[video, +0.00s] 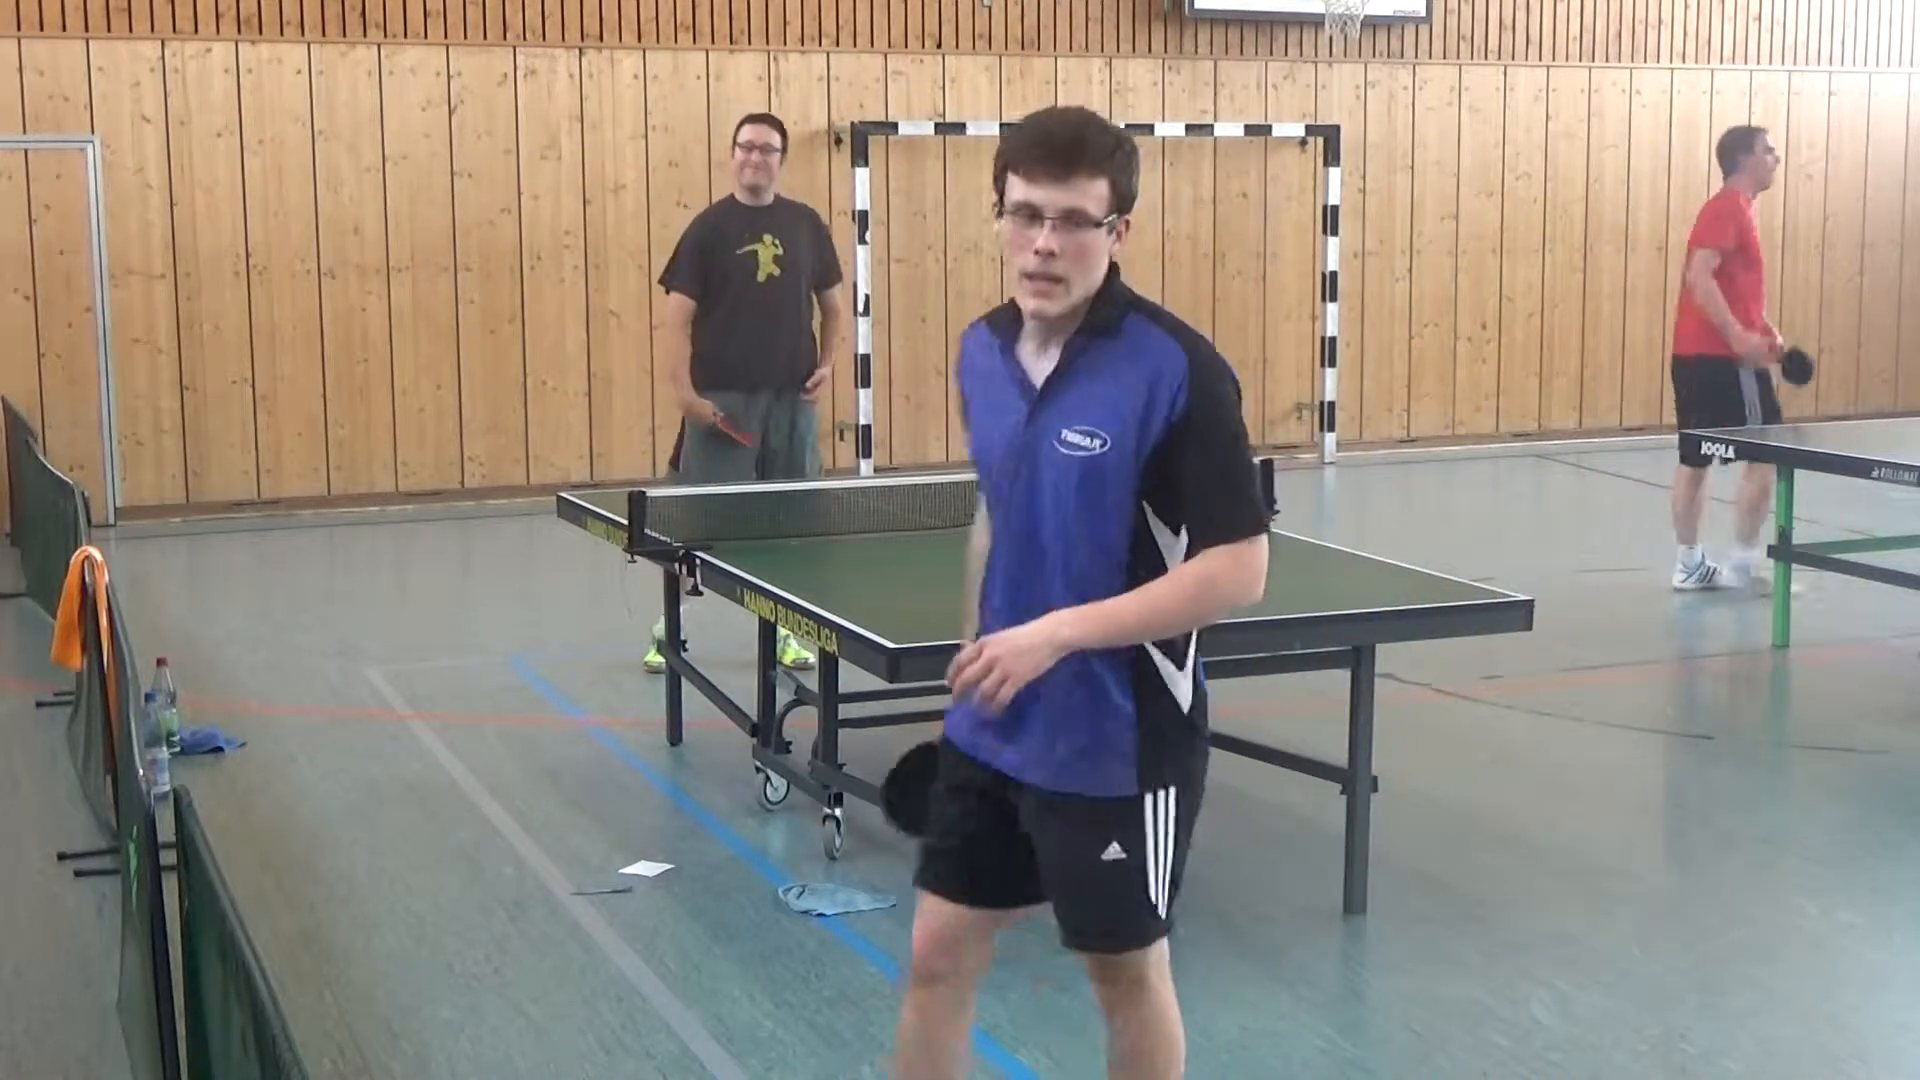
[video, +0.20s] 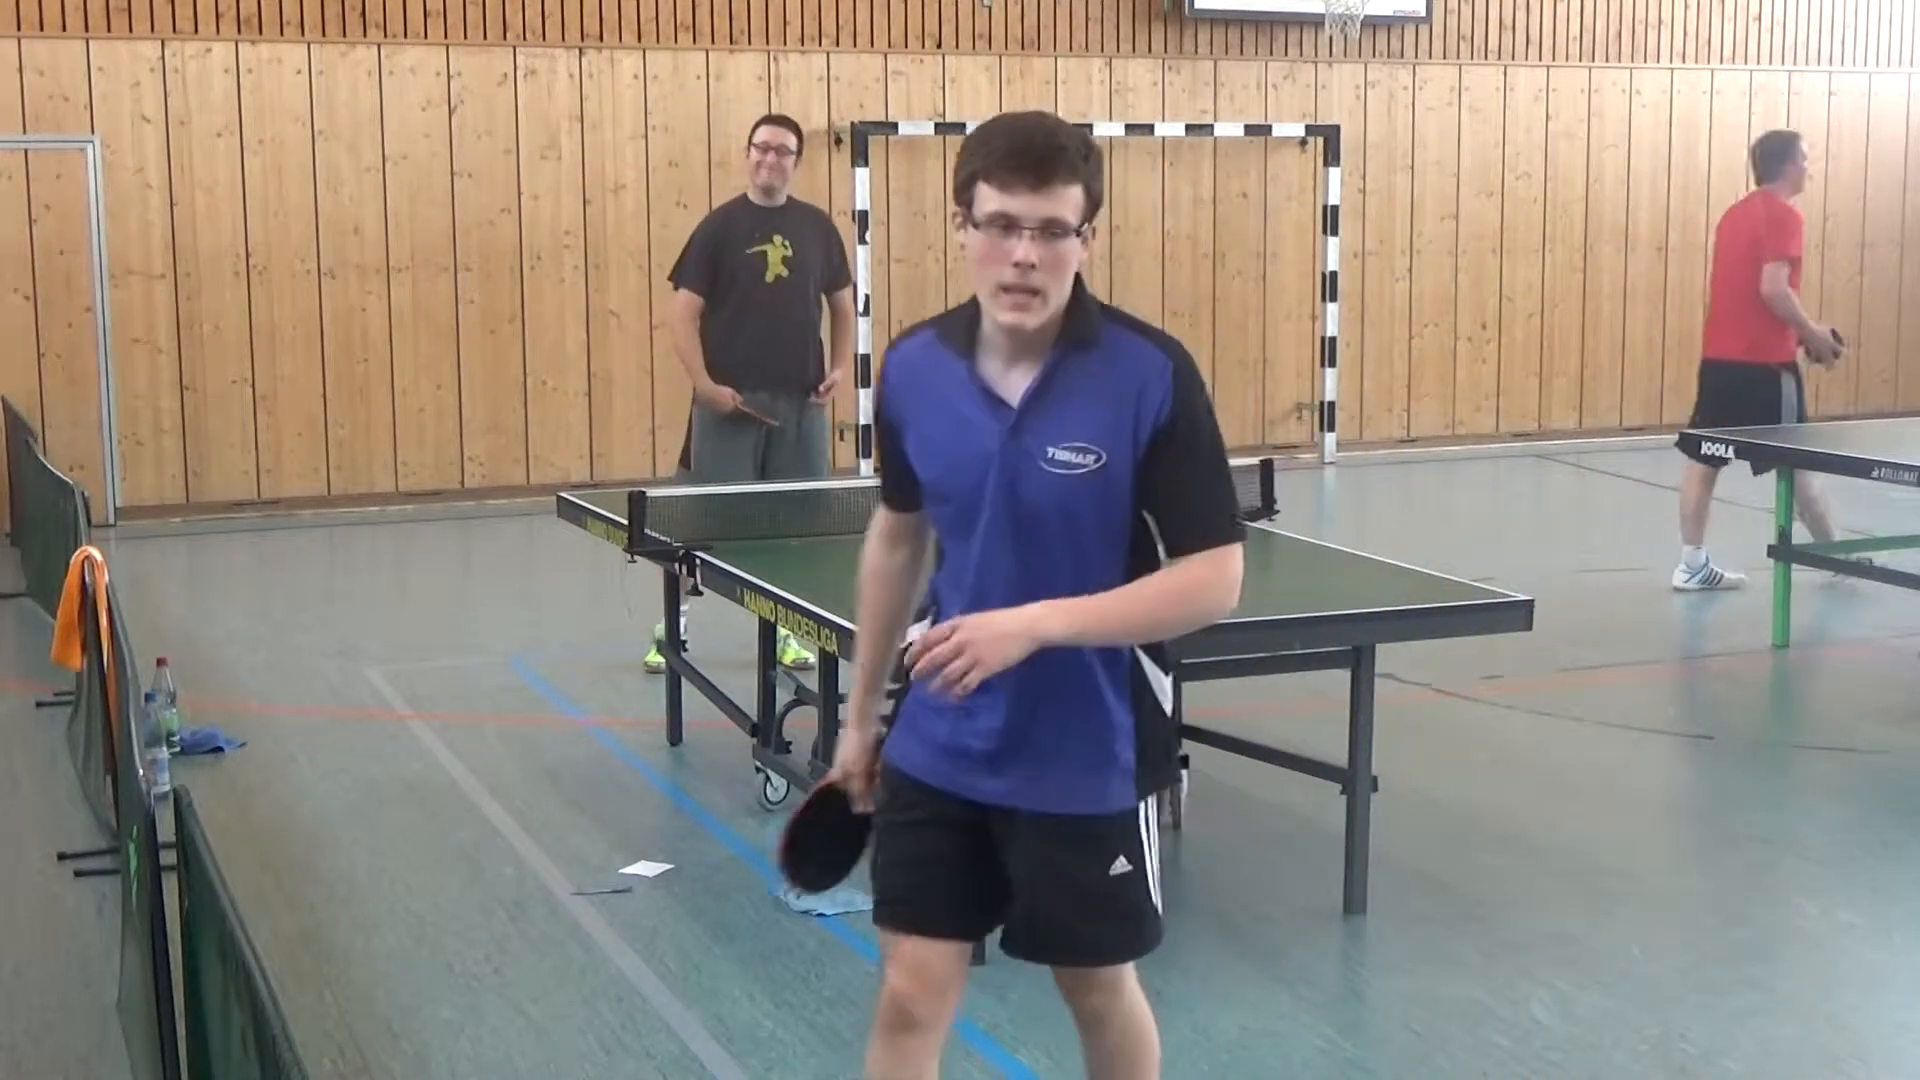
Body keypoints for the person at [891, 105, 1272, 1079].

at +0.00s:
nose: (1045, 244)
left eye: (1075, 223)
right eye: (1025, 217)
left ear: (1119, 234)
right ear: (999, 220)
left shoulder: (1181, 374)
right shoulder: (983, 352)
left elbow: (1237, 568)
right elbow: (997, 518)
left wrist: (1055, 633)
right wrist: (977, 670)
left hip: (1117, 745)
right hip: (997, 718)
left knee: (1126, 978)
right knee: (938, 956)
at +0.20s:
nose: (1025, 255)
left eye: (1052, 231)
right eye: (1001, 227)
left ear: (1086, 238)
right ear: (963, 231)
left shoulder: (1151, 377)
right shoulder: (911, 367)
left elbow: (1212, 578)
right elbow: (897, 538)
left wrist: (1029, 624)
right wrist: (861, 719)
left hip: (1080, 761)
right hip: (937, 747)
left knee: (1102, 996)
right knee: (909, 1000)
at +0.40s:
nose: (985, 248)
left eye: (1014, 222)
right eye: (961, 217)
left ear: (1047, 227)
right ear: (914, 219)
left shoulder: (1112, 365)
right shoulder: (843, 376)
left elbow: (1170, 573)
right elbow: (796, 560)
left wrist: (1061, 735)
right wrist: (755, 760)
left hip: (1047, 772)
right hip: (894, 767)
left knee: (1035, 1030)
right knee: (881, 1039)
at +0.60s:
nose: (999, 258)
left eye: (1026, 228)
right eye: (971, 223)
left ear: (1055, 231)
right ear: (914, 221)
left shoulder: (1105, 367)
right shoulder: (834, 395)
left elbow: (1153, 572)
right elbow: (736, 601)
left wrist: (1198, 775)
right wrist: (702, 822)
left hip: (1059, 804)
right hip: (886, 809)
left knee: (1069, 1064)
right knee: (880, 1059)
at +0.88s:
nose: (1096, 289)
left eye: (1126, 256)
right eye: (1062, 253)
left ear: (1155, 260)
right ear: (998, 251)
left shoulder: (1189, 411)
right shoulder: (895, 425)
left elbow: (1216, 599)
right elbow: (770, 657)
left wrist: (1269, 781)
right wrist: (779, 908)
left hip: (1124, 913)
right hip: (932, 924)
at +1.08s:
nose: (1161, 263)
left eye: (1197, 229)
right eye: (1129, 222)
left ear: (1230, 229)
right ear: (1061, 212)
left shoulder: (1268, 398)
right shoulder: (944, 407)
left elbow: (1306, 653)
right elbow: (844, 658)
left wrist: (1344, 895)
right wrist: (849, 922)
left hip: (1224, 939)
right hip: (1018, 950)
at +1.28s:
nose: (1247, 268)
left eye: (1280, 228)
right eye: (1205, 228)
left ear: (1311, 231)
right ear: (1125, 234)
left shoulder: (1356, 429)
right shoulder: (1004, 450)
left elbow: (1411, 679)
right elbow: (903, 722)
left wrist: (1457, 900)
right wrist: (916, 1018)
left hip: (1302, 994)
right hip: (1096, 1014)